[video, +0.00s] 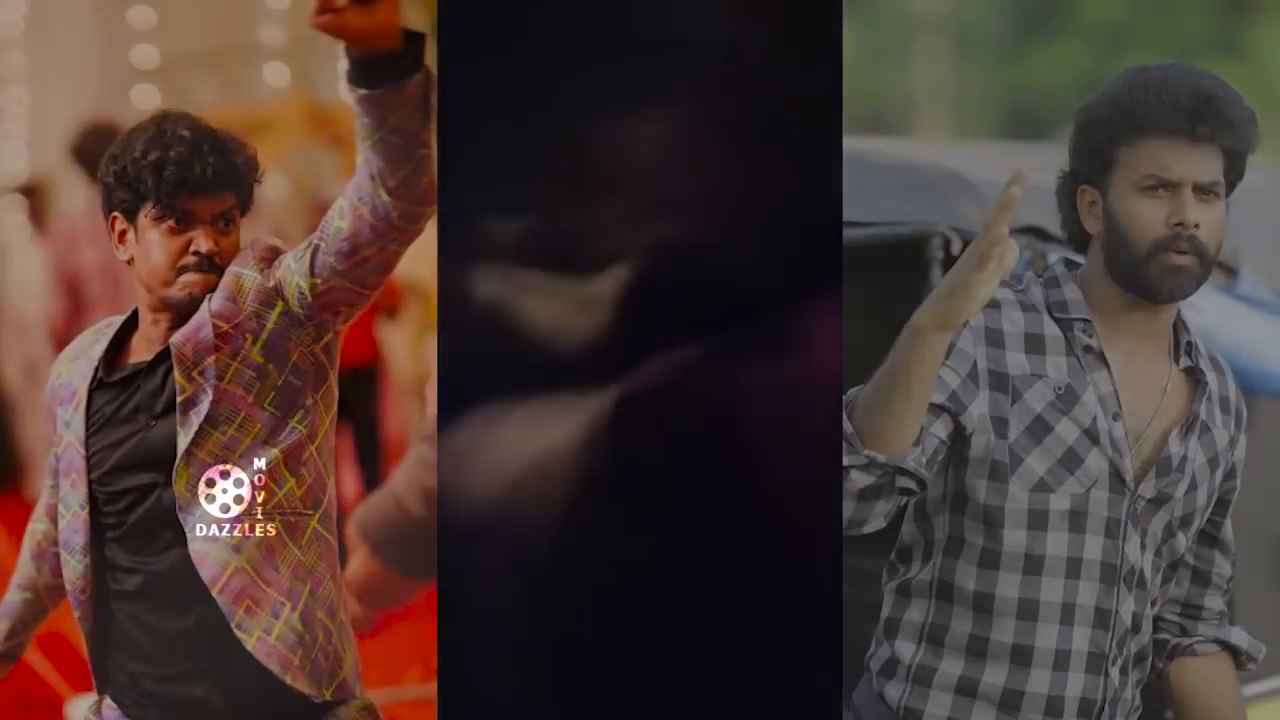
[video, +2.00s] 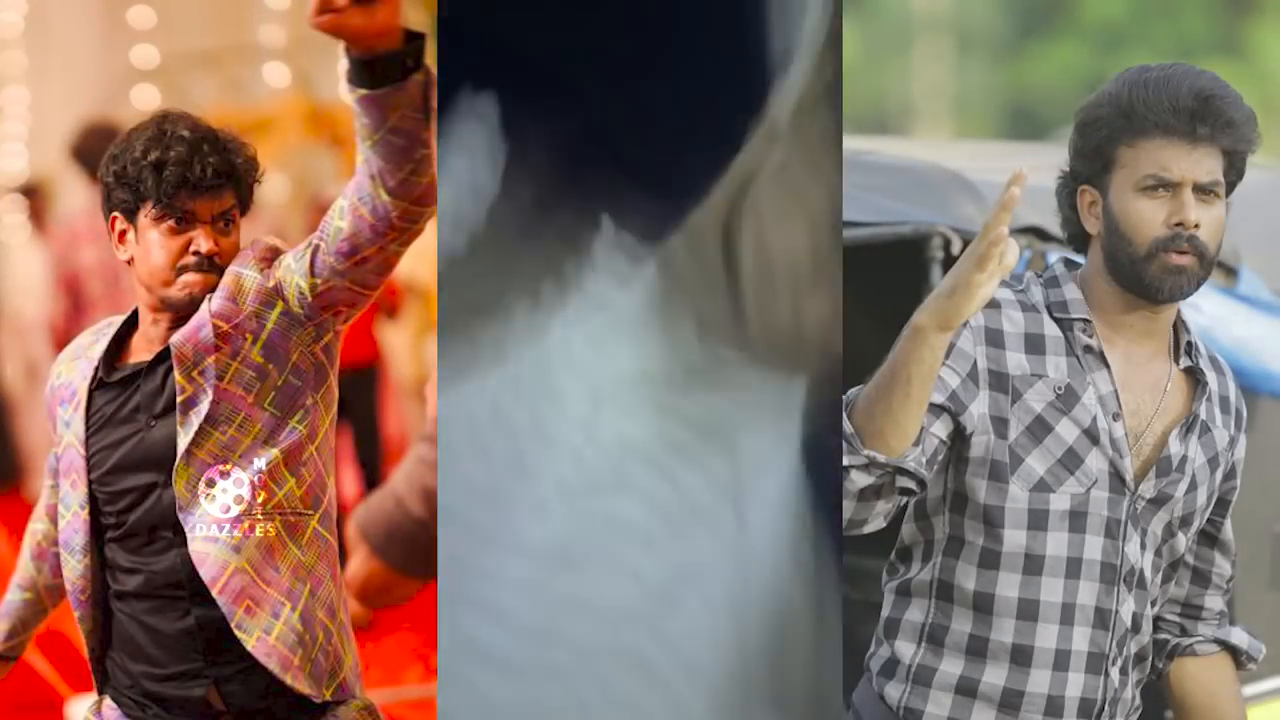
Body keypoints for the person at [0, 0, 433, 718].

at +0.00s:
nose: (205, 245)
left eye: (223, 223)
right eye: (178, 222)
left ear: (243, 230)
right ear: (122, 236)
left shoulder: (285, 313)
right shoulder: (75, 372)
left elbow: (393, 200)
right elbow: (55, 527)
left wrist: (381, 53)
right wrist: (7, 637)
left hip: (285, 702)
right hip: (138, 704)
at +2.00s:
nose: (206, 245)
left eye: (223, 222)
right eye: (179, 222)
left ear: (243, 230)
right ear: (122, 236)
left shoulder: (287, 312)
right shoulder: (76, 373)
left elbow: (394, 199)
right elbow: (56, 524)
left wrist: (380, 52)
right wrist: (7, 634)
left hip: (291, 700)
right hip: (140, 705)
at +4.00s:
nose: (206, 245)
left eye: (223, 222)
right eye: (179, 222)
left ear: (243, 230)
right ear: (122, 236)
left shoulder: (287, 312)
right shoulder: (76, 373)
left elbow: (394, 199)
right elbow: (56, 524)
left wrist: (380, 52)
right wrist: (8, 634)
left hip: (292, 702)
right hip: (140, 707)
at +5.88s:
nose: (206, 245)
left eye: (223, 222)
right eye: (179, 222)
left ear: (242, 230)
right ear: (123, 236)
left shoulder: (286, 313)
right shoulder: (76, 373)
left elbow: (393, 200)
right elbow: (56, 524)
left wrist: (380, 52)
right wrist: (8, 634)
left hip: (290, 700)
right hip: (140, 705)